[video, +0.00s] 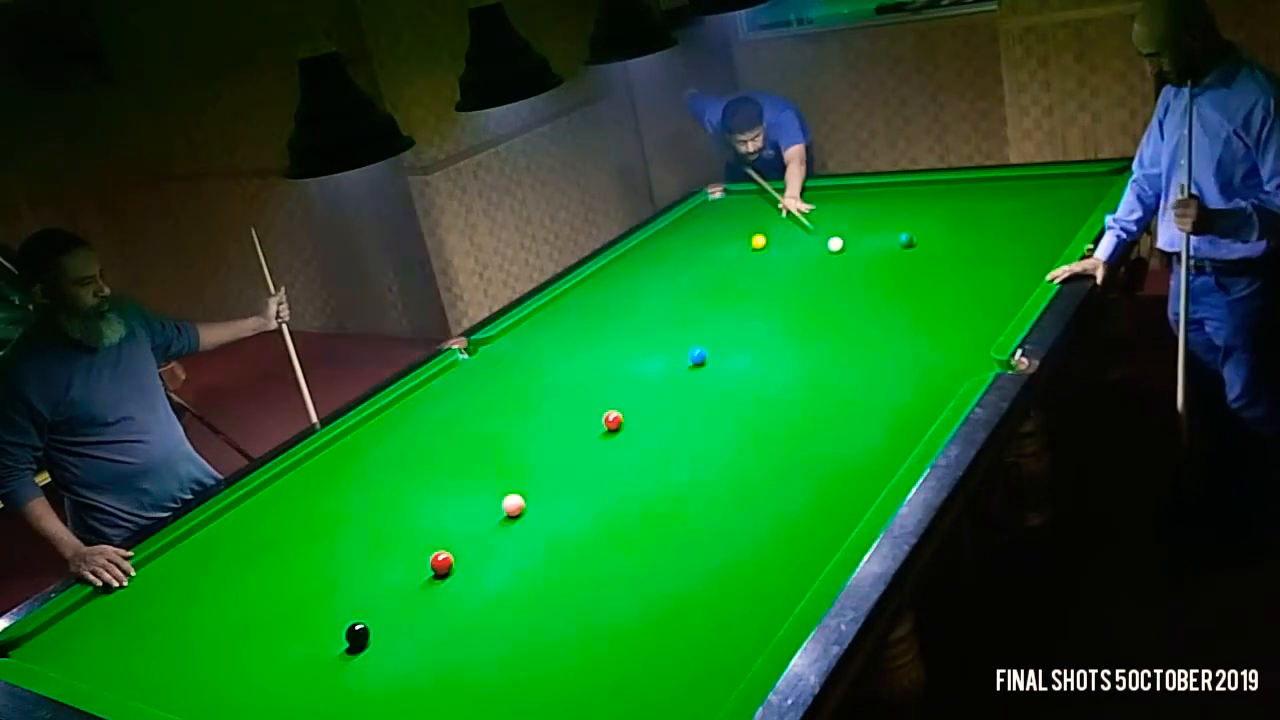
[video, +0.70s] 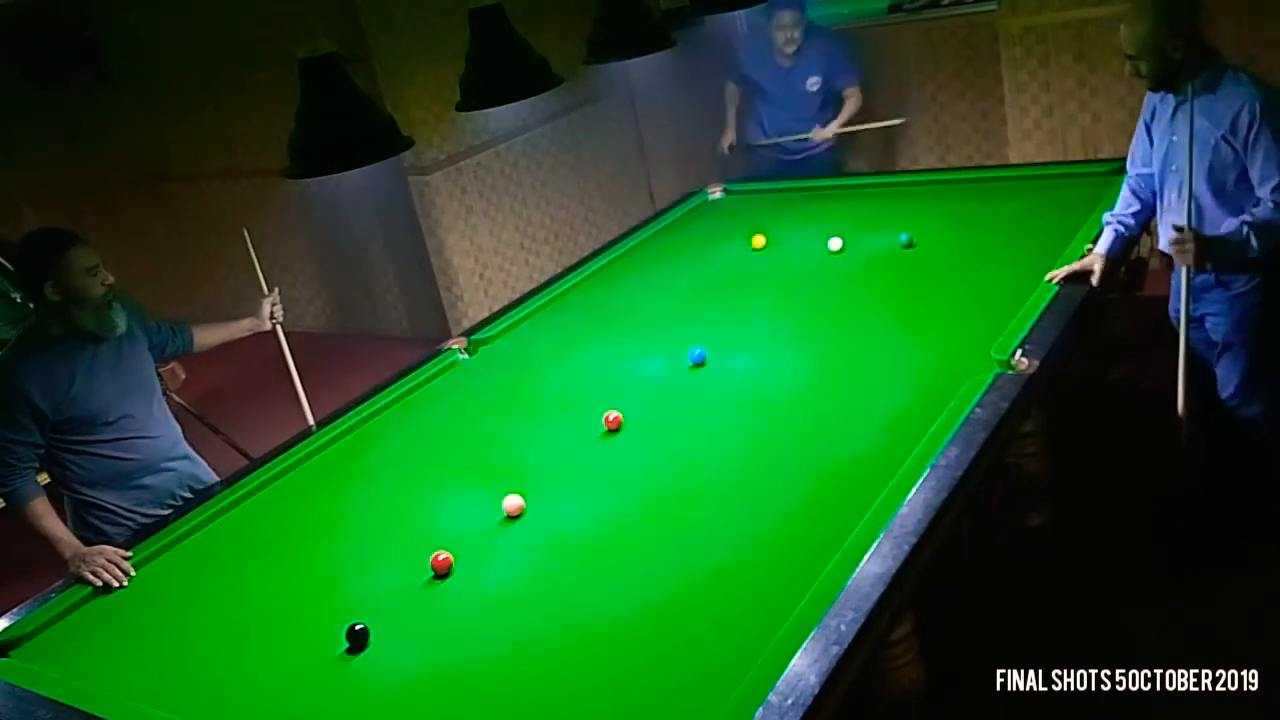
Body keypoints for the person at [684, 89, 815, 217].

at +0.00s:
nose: (750, 148)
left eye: (755, 139)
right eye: (742, 143)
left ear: (764, 127)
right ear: (727, 137)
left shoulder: (782, 117)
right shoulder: (715, 117)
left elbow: (796, 160)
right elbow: (690, 95)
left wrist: (792, 196)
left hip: (779, 159)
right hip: (739, 162)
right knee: (741, 213)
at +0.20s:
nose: (754, 133)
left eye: (760, 123)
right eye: (746, 126)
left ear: (768, 113)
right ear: (732, 119)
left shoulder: (787, 111)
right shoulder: (720, 105)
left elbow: (797, 158)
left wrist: (792, 195)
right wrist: (724, 142)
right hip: (742, 155)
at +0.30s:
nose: (759, 115)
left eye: (765, 105)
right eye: (751, 108)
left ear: (773, 98)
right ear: (738, 103)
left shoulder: (794, 105)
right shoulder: (726, 96)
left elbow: (801, 151)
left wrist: (794, 192)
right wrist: (726, 135)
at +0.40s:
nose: (765, 95)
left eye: (771, 86)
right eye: (757, 88)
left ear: (779, 80)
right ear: (744, 86)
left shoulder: (800, 92)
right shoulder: (731, 86)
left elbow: (814, 145)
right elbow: (718, 95)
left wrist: (799, 184)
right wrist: (726, 131)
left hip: (793, 165)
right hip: (750, 164)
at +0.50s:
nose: (772, 74)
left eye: (778, 65)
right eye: (764, 67)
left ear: (786, 61)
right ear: (750, 65)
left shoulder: (807, 76)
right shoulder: (736, 76)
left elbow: (831, 131)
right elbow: (720, 91)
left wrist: (811, 166)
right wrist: (726, 127)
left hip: (803, 161)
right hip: (758, 161)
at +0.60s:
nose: (780, 54)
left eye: (786, 45)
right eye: (773, 46)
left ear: (794, 42)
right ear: (759, 45)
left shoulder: (815, 62)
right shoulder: (744, 63)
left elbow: (845, 115)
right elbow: (727, 86)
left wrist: (822, 147)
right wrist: (728, 127)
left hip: (810, 157)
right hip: (763, 157)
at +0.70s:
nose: (789, 35)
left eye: (795, 27)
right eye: (781, 28)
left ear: (804, 26)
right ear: (769, 30)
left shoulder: (824, 50)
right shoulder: (751, 52)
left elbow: (854, 97)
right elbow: (733, 82)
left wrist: (831, 129)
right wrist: (730, 128)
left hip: (816, 152)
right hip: (767, 152)